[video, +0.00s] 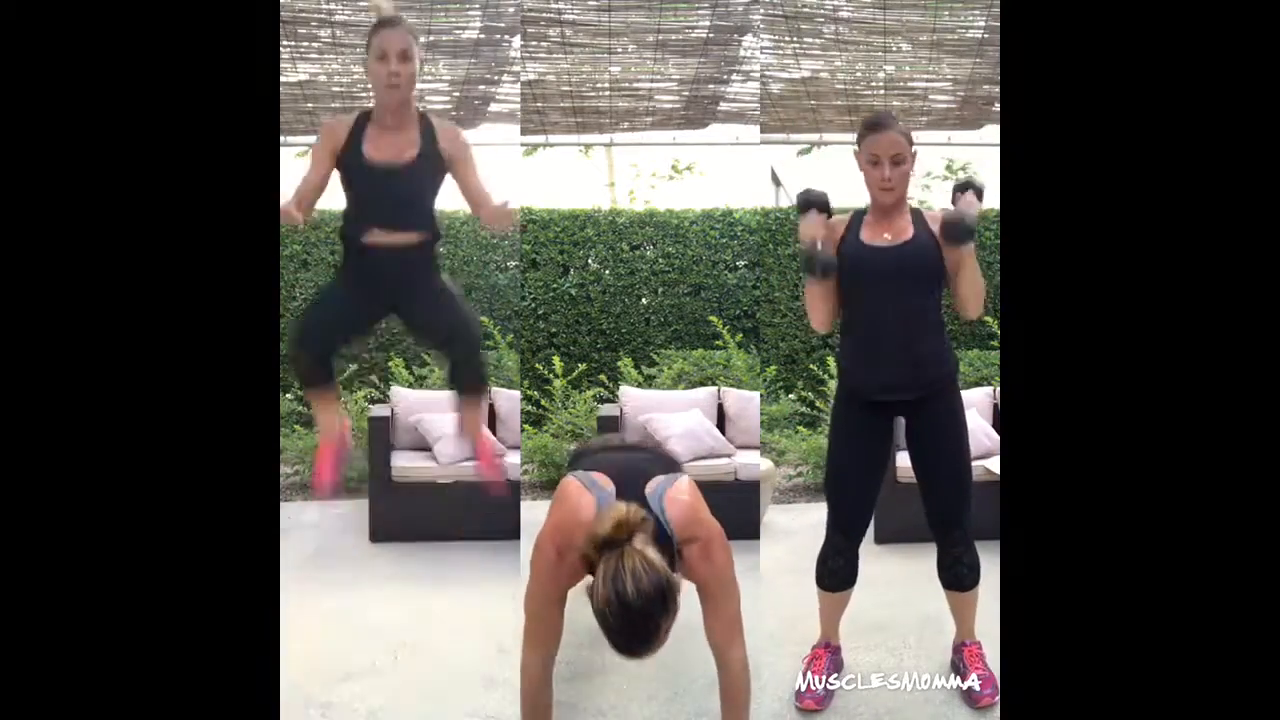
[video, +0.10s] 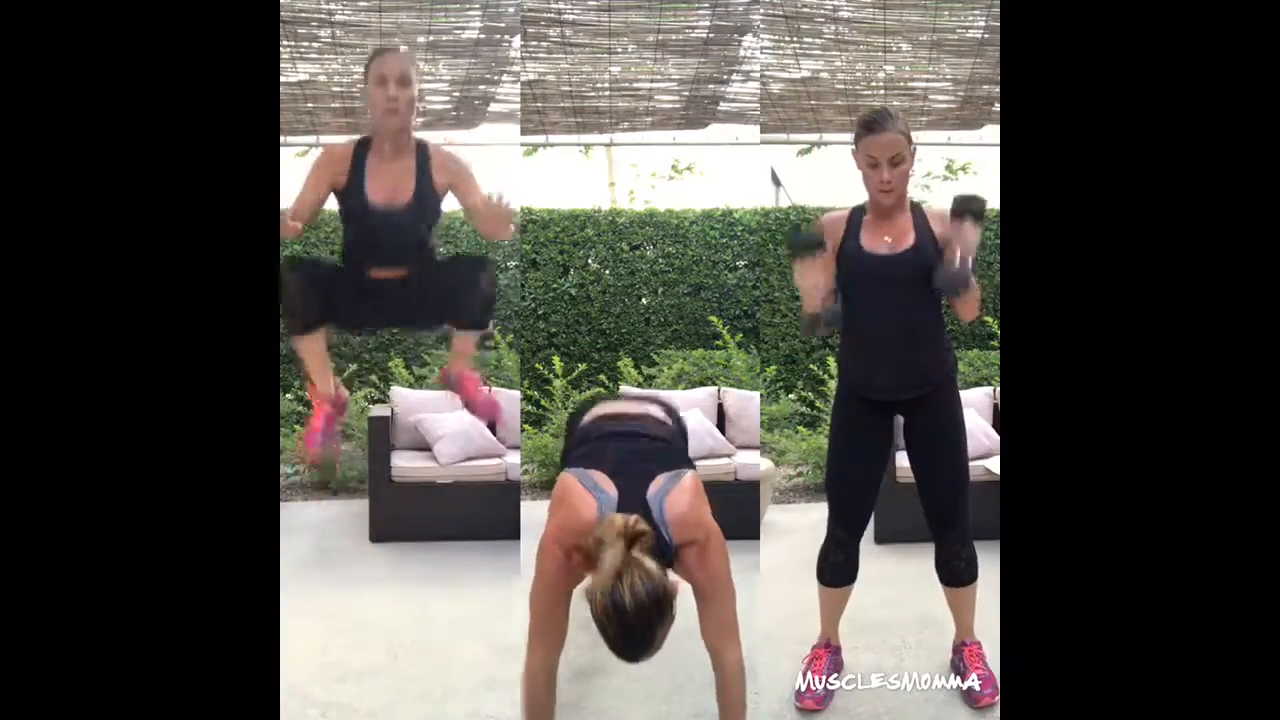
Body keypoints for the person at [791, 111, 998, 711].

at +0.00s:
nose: (885, 172)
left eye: (896, 161)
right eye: (873, 162)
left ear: (912, 162)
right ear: (858, 166)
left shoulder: (938, 226)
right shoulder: (839, 233)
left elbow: (971, 308)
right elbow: (821, 322)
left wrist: (962, 240)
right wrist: (817, 254)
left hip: (934, 393)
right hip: (861, 395)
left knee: (955, 530)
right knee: (842, 533)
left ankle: (968, 646)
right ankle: (826, 648)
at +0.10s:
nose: (884, 174)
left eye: (895, 161)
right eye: (872, 163)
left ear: (912, 161)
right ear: (857, 166)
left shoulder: (940, 225)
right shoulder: (836, 228)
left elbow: (968, 313)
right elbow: (820, 319)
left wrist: (959, 258)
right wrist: (815, 296)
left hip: (932, 394)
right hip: (861, 395)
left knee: (953, 529)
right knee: (842, 530)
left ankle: (968, 646)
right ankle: (827, 647)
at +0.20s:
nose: (884, 193)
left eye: (895, 178)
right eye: (871, 181)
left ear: (912, 169)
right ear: (855, 176)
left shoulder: (942, 232)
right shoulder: (833, 235)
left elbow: (968, 321)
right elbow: (814, 317)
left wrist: (963, 296)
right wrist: (812, 352)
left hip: (931, 395)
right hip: (859, 396)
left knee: (951, 527)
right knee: (841, 527)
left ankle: (968, 646)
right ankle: (826, 647)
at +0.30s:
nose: (885, 235)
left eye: (896, 221)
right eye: (872, 223)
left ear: (915, 209)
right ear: (854, 213)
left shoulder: (946, 259)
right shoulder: (828, 262)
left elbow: (972, 332)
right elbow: (809, 343)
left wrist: (969, 370)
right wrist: (808, 401)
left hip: (930, 402)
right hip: (858, 404)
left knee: (951, 527)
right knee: (841, 526)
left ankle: (968, 646)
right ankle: (826, 647)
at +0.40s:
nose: (887, 297)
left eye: (898, 284)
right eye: (875, 286)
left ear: (916, 262)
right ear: (855, 269)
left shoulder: (949, 298)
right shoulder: (824, 306)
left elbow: (983, 375)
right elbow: (804, 397)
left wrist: (977, 427)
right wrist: (811, 471)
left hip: (928, 402)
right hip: (858, 405)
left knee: (949, 517)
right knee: (838, 523)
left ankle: (967, 646)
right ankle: (825, 648)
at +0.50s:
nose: (885, 372)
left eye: (896, 360)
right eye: (874, 362)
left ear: (916, 336)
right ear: (856, 340)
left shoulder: (948, 344)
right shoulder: (825, 352)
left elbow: (990, 434)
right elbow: (804, 460)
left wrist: (975, 517)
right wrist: (813, 553)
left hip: (928, 407)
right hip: (855, 412)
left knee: (953, 525)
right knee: (832, 528)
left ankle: (966, 645)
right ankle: (826, 648)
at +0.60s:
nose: (889, 450)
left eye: (901, 435)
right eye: (876, 437)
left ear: (920, 404)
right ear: (857, 409)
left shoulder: (944, 390)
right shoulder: (832, 394)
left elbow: (988, 497)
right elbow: (807, 522)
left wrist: (980, 596)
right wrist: (815, 627)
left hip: (929, 423)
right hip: (855, 425)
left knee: (958, 524)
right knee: (830, 532)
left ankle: (967, 644)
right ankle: (824, 645)